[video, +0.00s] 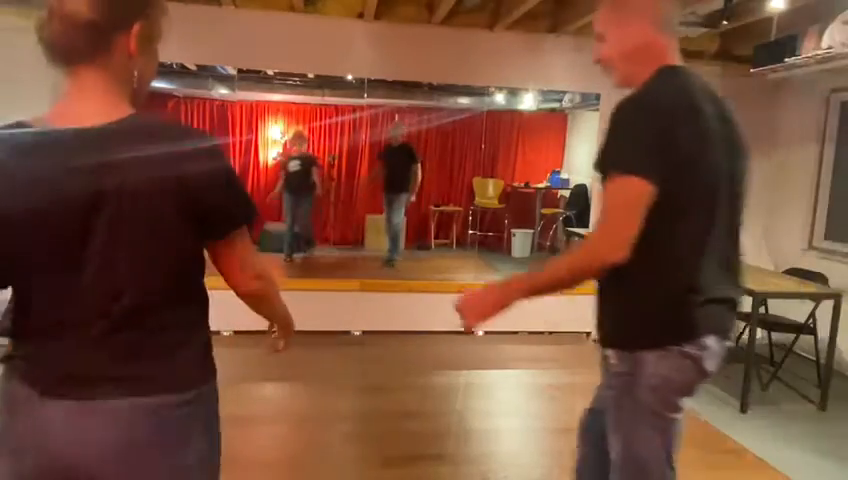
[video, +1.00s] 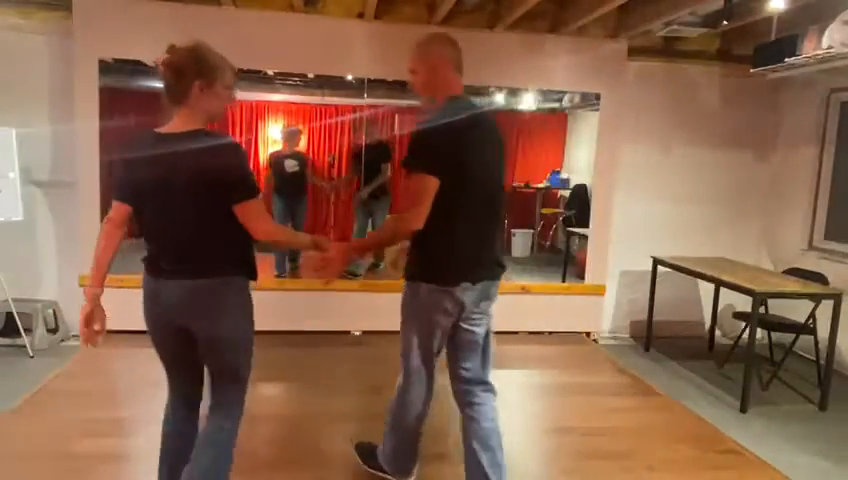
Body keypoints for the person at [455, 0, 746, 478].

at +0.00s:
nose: (597, 54)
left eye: (602, 37)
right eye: (597, 39)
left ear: (641, 33)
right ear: (651, 35)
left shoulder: (648, 108)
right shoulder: (710, 106)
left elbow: (612, 243)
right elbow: (702, 232)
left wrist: (505, 291)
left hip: (655, 342)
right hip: (696, 332)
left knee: (640, 471)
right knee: (598, 440)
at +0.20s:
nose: (545, 66)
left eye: (552, 52)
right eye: (545, 53)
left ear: (584, 49)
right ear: (595, 51)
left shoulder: (588, 118)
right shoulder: (647, 120)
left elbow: (546, 237)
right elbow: (665, 237)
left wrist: (444, 263)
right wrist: (655, 313)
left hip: (587, 330)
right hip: (626, 322)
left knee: (587, 467)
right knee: (541, 453)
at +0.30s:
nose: (522, 66)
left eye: (528, 52)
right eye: (522, 53)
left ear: (559, 47)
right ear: (567, 50)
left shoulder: (561, 118)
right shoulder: (618, 120)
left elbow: (522, 230)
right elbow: (626, 226)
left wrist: (430, 255)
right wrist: (621, 305)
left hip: (555, 314)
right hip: (594, 309)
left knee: (536, 455)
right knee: (520, 445)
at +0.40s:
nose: (502, 68)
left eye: (506, 54)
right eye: (502, 55)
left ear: (532, 47)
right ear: (545, 49)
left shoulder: (538, 121)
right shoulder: (595, 119)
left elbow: (501, 224)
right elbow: (605, 221)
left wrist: (411, 253)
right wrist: (590, 293)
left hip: (531, 300)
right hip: (576, 297)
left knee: (491, 418)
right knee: (531, 418)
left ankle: (520, 474)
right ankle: (519, 474)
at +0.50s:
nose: (486, 68)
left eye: (491, 56)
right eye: (486, 57)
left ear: (516, 52)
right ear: (530, 54)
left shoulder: (519, 118)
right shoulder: (572, 118)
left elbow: (482, 220)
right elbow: (557, 209)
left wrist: (396, 252)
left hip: (512, 292)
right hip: (559, 289)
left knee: (468, 405)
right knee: (518, 414)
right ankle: (512, 478)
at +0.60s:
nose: (471, 73)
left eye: (474, 61)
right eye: (471, 62)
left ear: (497, 59)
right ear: (516, 60)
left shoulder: (499, 122)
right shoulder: (555, 121)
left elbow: (464, 219)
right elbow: (550, 210)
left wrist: (381, 252)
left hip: (497, 287)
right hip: (547, 285)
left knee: (445, 402)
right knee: (513, 415)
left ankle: (430, 477)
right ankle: (506, 479)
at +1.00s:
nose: (411, 77)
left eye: (415, 69)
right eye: (412, 69)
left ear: (434, 68)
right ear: (454, 69)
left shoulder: (434, 131)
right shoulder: (486, 126)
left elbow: (412, 218)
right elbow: (482, 204)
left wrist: (355, 249)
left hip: (436, 274)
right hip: (483, 271)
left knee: (417, 370)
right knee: (476, 384)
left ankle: (396, 460)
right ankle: (490, 475)